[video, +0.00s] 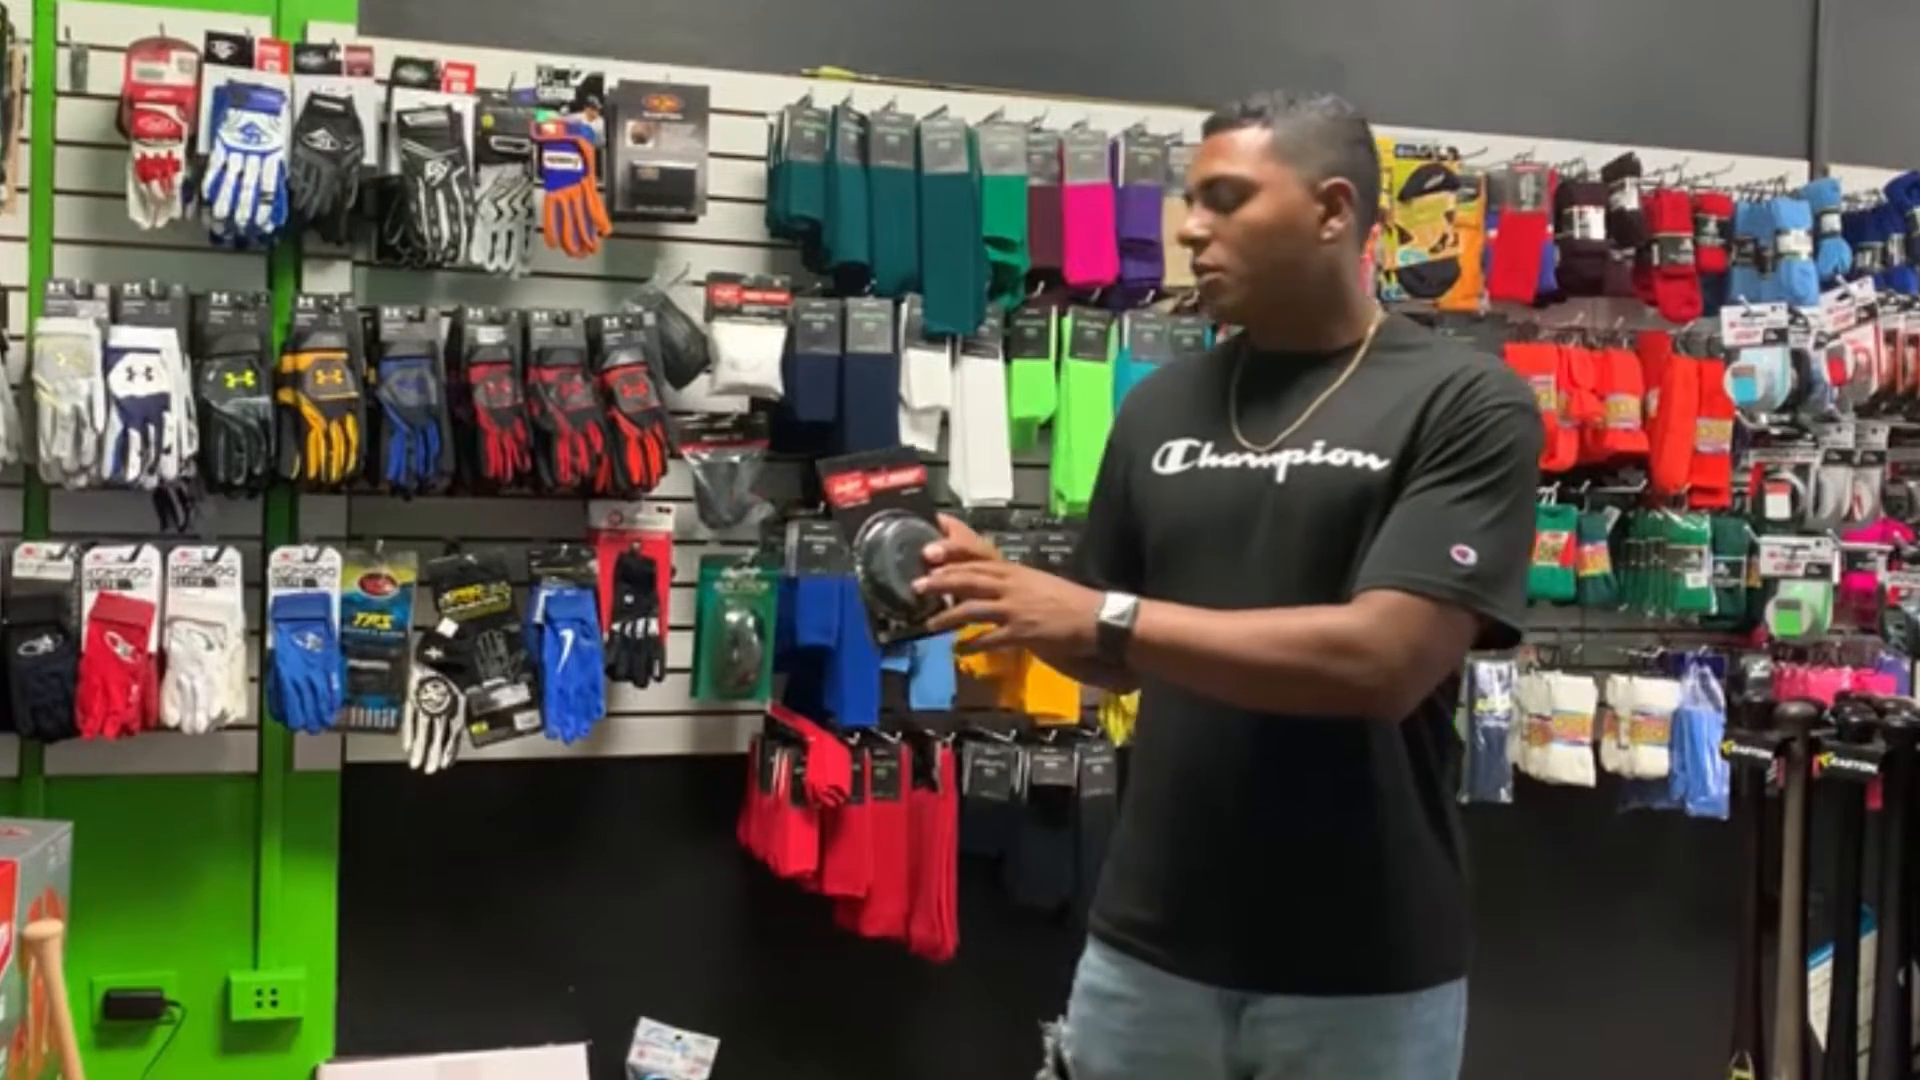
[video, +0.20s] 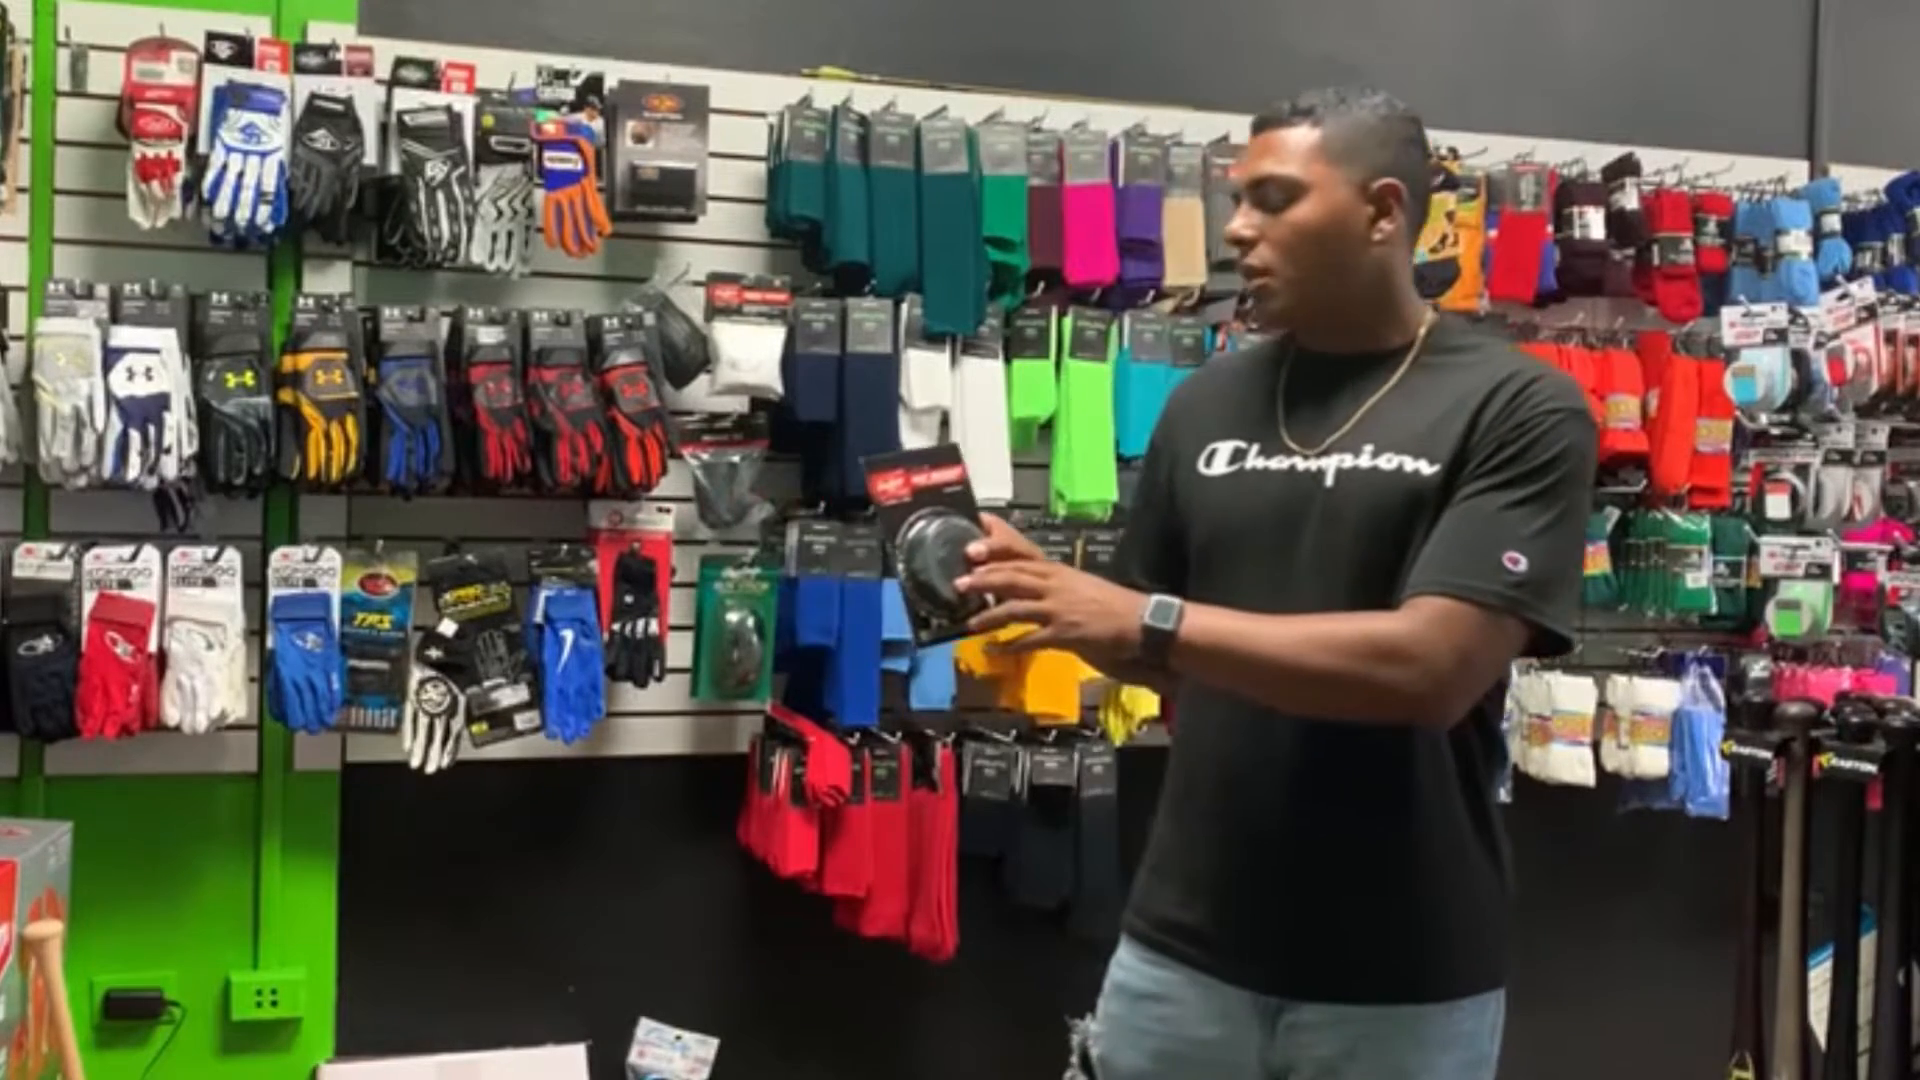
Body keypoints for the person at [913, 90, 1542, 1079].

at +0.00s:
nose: (1190, 230)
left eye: (1224, 197)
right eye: (1190, 202)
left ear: (1333, 213)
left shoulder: (1469, 401)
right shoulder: (1158, 406)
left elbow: (1382, 663)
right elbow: (1115, 659)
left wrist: (1098, 617)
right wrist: (995, 597)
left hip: (1363, 965)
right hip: (1148, 947)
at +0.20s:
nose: (1237, 231)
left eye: (1272, 198)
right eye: (1237, 202)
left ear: (1385, 214)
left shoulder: (1521, 407)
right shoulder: (1203, 404)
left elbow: (1431, 670)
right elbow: (1158, 652)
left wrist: (1142, 618)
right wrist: (1042, 595)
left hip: (1401, 974)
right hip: (1183, 950)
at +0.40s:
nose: (1267, 235)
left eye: (1304, 202)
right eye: (1265, 206)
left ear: (1417, 214)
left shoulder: (1554, 413)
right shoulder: (1231, 402)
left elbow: (1461, 676)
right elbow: (1183, 655)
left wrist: (1171, 620)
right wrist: (1067, 592)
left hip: (1422, 978)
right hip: (1203, 952)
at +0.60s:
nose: (1288, 239)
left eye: (1328, 207)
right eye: (1286, 210)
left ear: (1443, 218)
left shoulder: (1574, 418)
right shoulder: (1247, 401)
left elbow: (1478, 679)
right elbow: (1194, 660)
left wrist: (1190, 623)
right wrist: (1087, 593)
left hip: (1434, 979)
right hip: (1214, 952)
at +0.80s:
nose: (1341, 218)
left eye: (1385, 186)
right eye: (1322, 192)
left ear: (1477, 212)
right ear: (1302, 213)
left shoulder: (1571, 418)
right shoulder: (1245, 399)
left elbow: (1479, 687)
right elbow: (1193, 642)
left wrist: (1190, 626)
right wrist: (1082, 599)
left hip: (1436, 976)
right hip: (1219, 950)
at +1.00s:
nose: (1385, 195)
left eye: (1426, 172)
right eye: (1356, 169)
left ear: (1483, 217)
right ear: (1316, 205)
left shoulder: (1566, 415)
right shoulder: (1236, 399)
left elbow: (1486, 685)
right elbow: (1192, 647)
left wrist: (1196, 631)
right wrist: (1082, 600)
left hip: (1432, 980)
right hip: (1211, 955)